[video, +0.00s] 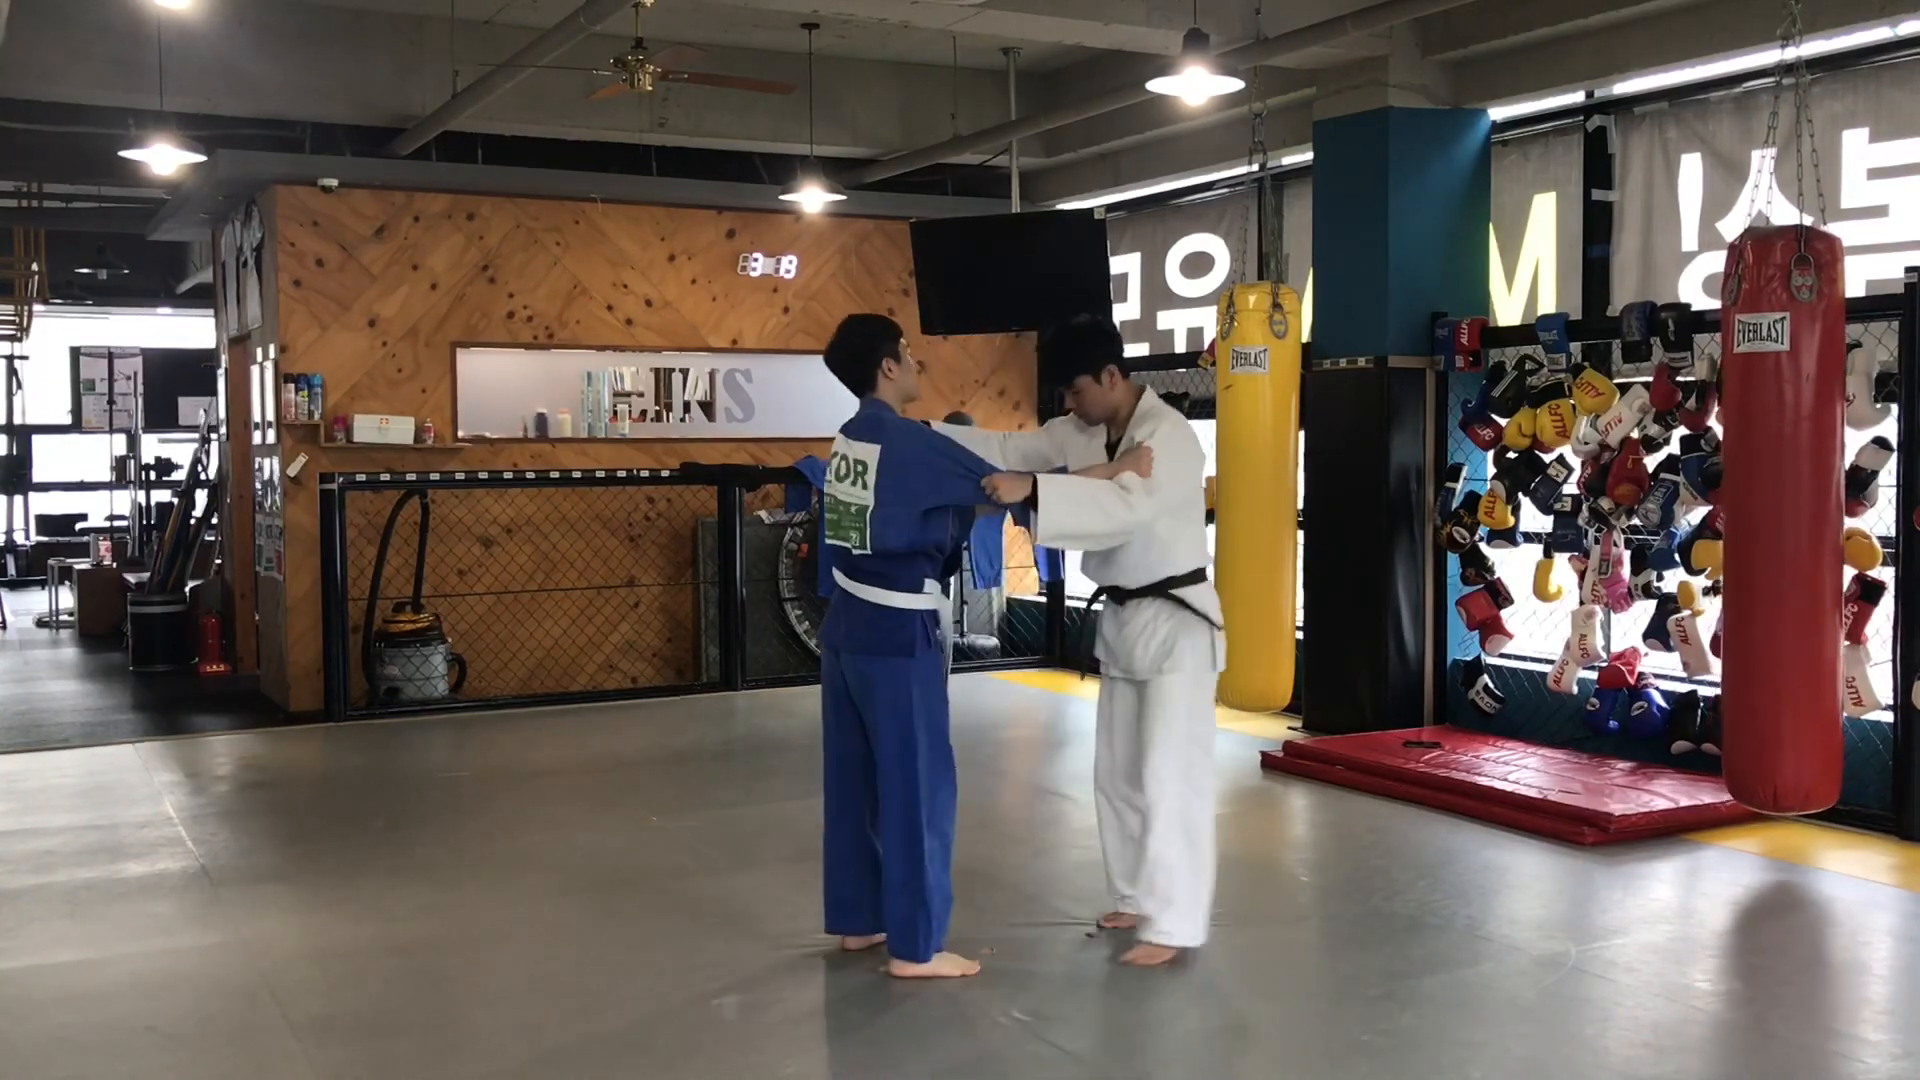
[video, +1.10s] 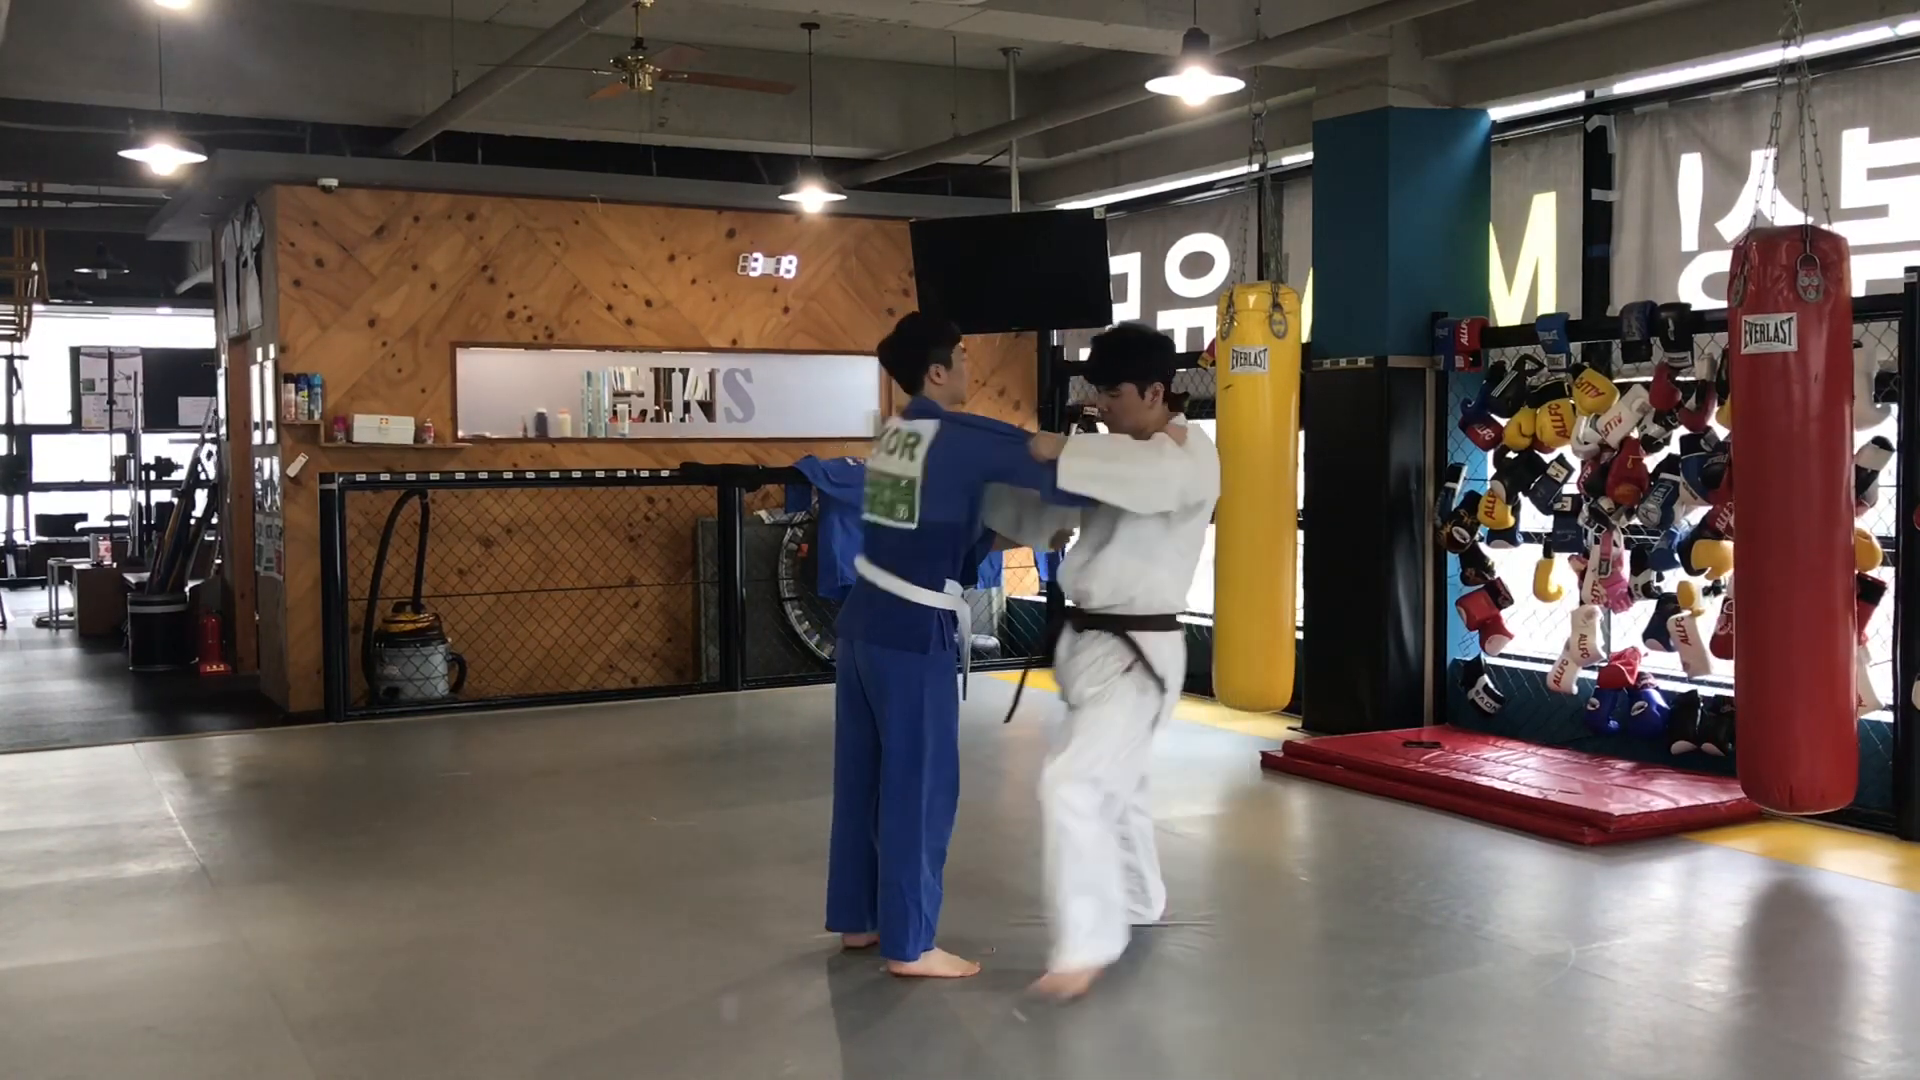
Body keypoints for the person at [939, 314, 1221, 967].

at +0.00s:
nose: (1069, 406)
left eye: (1075, 391)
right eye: (1064, 395)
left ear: (1112, 377)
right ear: (1086, 386)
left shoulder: (1167, 435)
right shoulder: (1081, 432)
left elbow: (1131, 502)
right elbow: (1009, 449)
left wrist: (1037, 491)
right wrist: (928, 433)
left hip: (1176, 619)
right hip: (1122, 618)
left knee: (1170, 777)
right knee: (1120, 773)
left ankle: (1176, 926)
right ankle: (1141, 900)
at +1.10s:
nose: (1099, 413)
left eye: (1108, 399)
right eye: (1097, 400)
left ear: (1152, 393)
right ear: (1141, 397)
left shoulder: (1192, 454)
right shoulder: (1120, 455)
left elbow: (1157, 478)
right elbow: (1056, 517)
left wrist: (1067, 450)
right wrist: (988, 488)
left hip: (1137, 647)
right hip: (1082, 640)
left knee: (1072, 781)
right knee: (1118, 784)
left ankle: (1083, 945)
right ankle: (1140, 900)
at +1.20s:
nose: (1090, 407)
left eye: (1099, 394)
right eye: (1088, 395)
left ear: (1144, 391)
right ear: (1128, 396)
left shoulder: (1198, 449)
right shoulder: (1095, 451)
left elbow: (1179, 498)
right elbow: (1035, 519)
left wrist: (1095, 457)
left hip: (1106, 650)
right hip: (1047, 639)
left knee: (1067, 809)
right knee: (1054, 791)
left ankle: (1055, 975)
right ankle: (1104, 883)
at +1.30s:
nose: (1065, 398)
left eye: (1078, 387)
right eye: (1064, 385)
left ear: (1124, 393)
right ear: (1067, 386)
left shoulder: (1164, 454)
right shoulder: (1055, 439)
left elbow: (1210, 545)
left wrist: (1129, 496)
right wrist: (973, 437)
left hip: (1076, 647)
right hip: (1005, 632)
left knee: (1063, 814)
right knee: (983, 798)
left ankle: (1059, 981)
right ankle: (1067, 895)